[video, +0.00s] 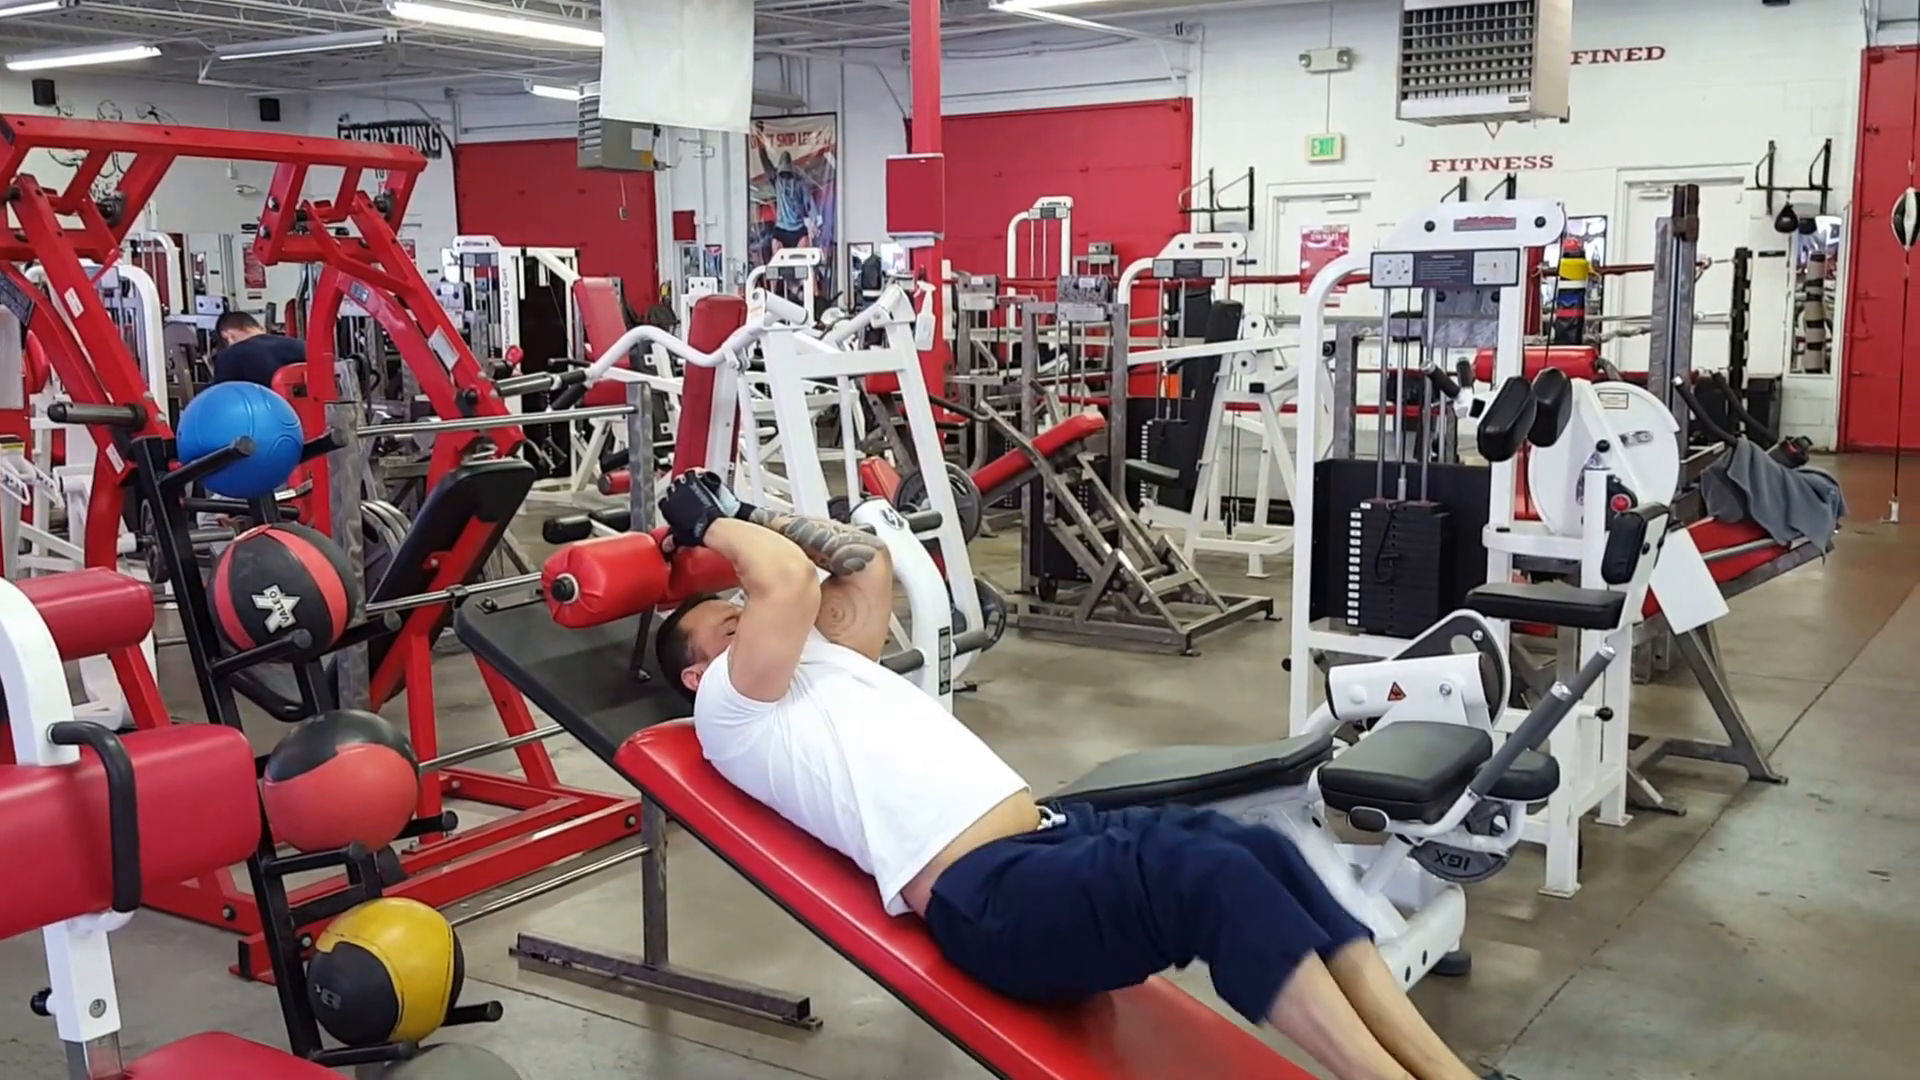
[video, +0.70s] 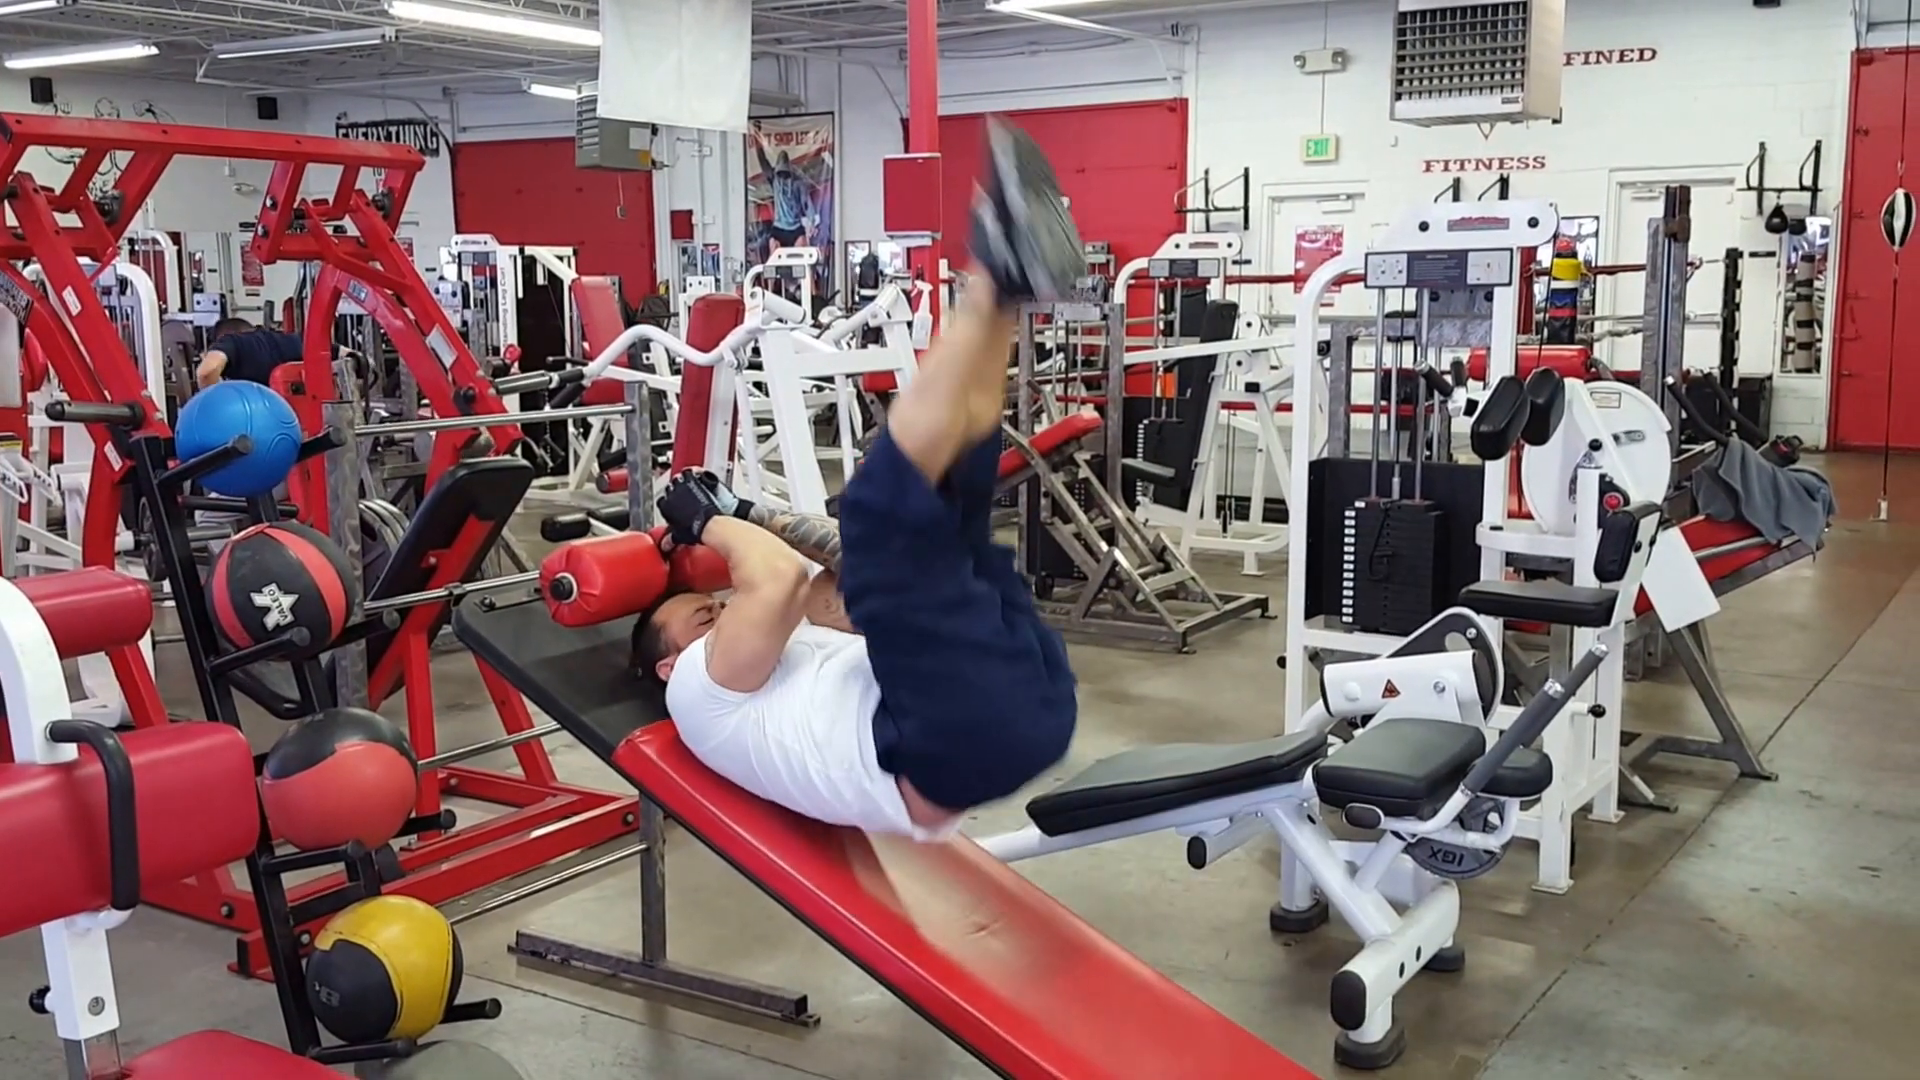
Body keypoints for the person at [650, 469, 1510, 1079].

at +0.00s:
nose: (748, 611)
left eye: (741, 609)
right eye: (721, 616)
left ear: (754, 625)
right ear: (699, 657)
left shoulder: (835, 671)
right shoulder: (729, 705)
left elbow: (874, 566)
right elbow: (784, 571)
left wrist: (764, 525)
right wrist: (707, 524)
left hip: (1058, 831)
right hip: (989, 887)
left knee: (1266, 851)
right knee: (1215, 871)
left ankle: (1434, 1058)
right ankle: (1376, 1072)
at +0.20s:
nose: (751, 602)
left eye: (743, 600)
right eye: (725, 607)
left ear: (751, 623)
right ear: (698, 648)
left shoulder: (832, 668)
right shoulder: (727, 701)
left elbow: (873, 560)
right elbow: (788, 574)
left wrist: (767, 537)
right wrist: (704, 526)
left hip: (1036, 842)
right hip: (974, 889)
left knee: (1230, 769)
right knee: (1178, 790)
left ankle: (1430, 968)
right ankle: (1385, 1005)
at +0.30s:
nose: (740, 613)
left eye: (734, 606)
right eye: (718, 615)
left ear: (746, 625)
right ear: (689, 659)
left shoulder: (822, 657)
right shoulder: (722, 705)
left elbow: (867, 563)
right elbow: (789, 571)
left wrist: (773, 531)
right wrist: (709, 520)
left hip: (1020, 837)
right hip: (969, 884)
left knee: (1151, 672)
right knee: (1105, 706)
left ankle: (1343, 790)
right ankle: (1329, 812)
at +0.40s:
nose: (726, 606)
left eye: (717, 599)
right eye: (707, 608)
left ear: (728, 618)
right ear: (685, 649)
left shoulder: (820, 660)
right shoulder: (715, 696)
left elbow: (866, 563)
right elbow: (786, 570)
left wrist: (802, 543)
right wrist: (704, 518)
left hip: (1013, 832)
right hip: (958, 872)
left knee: (1043, 627)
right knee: (1012, 642)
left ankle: (1259, 616)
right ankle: (1255, 620)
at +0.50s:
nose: (735, 606)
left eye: (727, 598)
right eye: (710, 607)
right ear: (680, 651)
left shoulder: (804, 663)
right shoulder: (708, 690)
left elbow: (866, 573)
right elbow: (784, 576)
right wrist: (714, 521)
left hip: (1034, 805)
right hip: (972, 835)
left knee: (974, 589)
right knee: (946, 597)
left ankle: (1157, 486)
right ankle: (1144, 486)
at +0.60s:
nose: (732, 616)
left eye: (727, 609)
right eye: (709, 616)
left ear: (739, 613)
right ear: (673, 662)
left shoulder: (803, 659)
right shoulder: (703, 692)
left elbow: (860, 600)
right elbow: (786, 576)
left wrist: (768, 533)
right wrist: (710, 519)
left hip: (1046, 757)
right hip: (969, 789)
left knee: (940, 557)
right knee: (894, 551)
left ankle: (1073, 378)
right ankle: (1054, 377)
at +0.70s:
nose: (719, 608)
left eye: (713, 602)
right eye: (697, 613)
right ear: (670, 665)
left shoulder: (784, 664)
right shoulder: (699, 695)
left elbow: (848, 603)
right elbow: (781, 578)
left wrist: (764, 563)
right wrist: (711, 525)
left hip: (1033, 712)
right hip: (960, 740)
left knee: (940, 509)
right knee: (877, 504)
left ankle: (1002, 293)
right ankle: (990, 285)